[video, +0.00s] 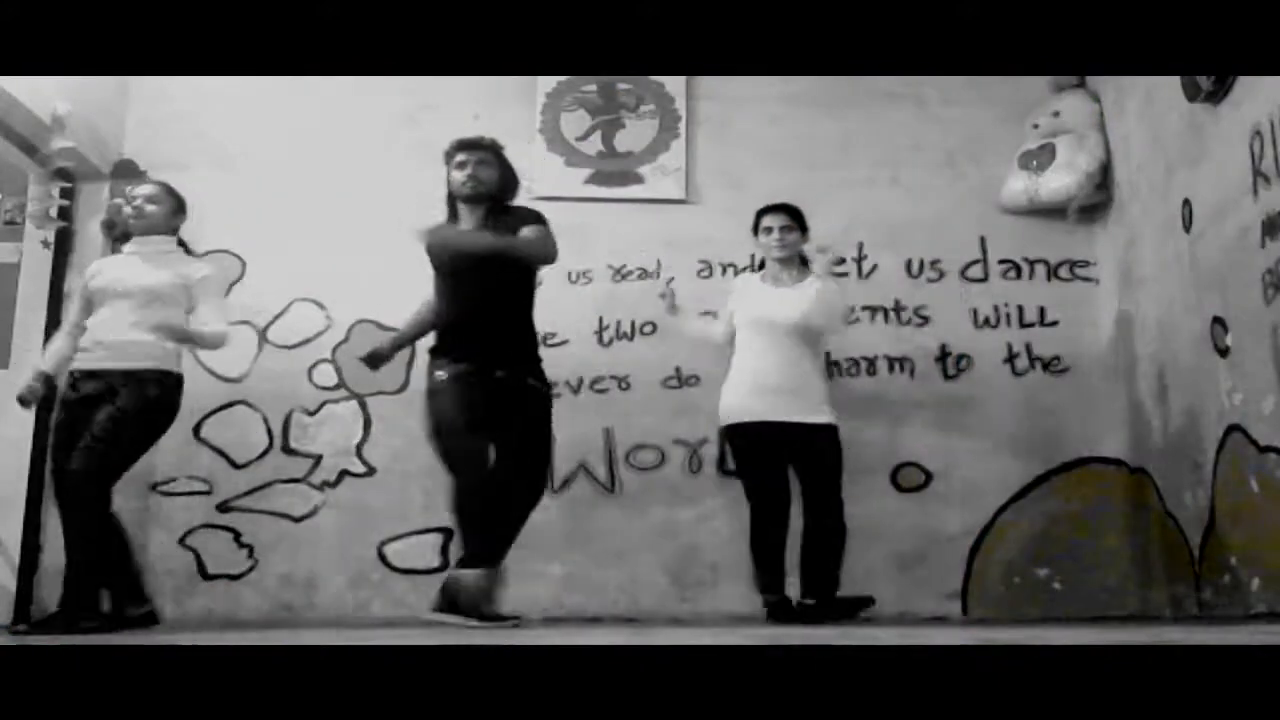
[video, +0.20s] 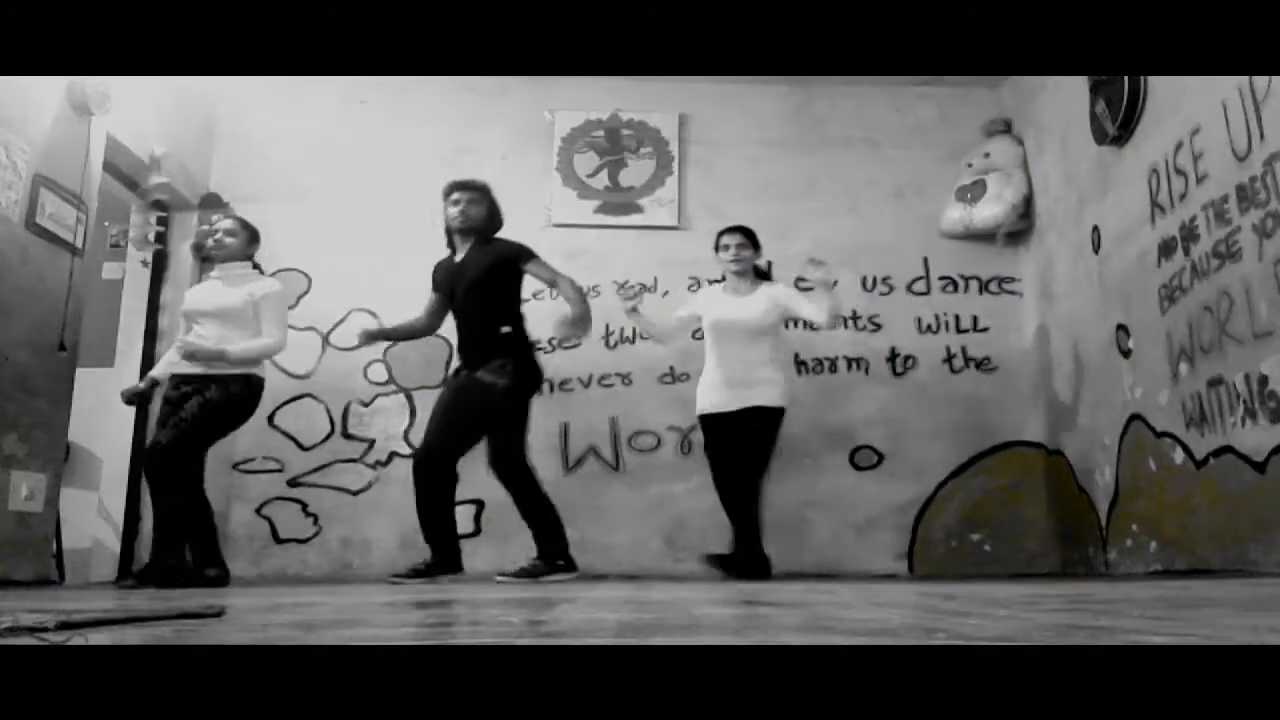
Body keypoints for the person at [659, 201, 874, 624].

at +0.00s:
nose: (777, 237)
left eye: (786, 230)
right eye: (769, 231)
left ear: (803, 237)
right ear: (757, 240)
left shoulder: (820, 287)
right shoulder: (743, 287)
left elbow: (819, 322)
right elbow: (722, 335)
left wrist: (820, 272)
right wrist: (676, 314)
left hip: (808, 413)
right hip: (750, 412)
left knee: (824, 507)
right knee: (768, 506)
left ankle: (819, 596)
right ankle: (773, 597)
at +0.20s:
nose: (734, 253)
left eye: (742, 247)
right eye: (726, 249)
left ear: (756, 254)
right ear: (717, 256)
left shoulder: (775, 293)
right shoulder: (708, 297)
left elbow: (827, 321)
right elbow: (665, 332)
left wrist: (827, 289)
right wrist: (635, 312)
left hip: (763, 397)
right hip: (717, 399)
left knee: (745, 479)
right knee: (727, 482)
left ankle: (743, 556)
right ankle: (753, 558)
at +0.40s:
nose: (714, 255)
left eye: (723, 248)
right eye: (707, 249)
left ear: (740, 254)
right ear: (701, 257)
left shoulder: (758, 292)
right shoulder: (696, 299)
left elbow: (805, 323)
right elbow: (676, 343)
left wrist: (848, 343)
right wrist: (667, 313)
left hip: (739, 396)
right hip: (707, 399)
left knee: (708, 472)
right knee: (687, 476)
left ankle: (722, 556)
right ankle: (742, 545)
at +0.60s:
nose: (710, 255)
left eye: (718, 249)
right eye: (703, 250)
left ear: (735, 254)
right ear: (697, 257)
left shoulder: (751, 291)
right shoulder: (696, 298)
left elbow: (790, 332)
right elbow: (661, 339)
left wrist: (814, 377)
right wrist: (651, 313)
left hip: (728, 392)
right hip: (703, 391)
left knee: (652, 448)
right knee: (697, 474)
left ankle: (690, 524)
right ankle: (720, 559)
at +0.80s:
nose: (711, 253)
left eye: (719, 247)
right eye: (704, 248)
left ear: (736, 252)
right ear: (698, 255)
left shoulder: (750, 288)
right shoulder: (698, 295)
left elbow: (789, 329)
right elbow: (654, 331)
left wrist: (813, 372)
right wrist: (652, 300)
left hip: (725, 392)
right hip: (704, 391)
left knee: (652, 452)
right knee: (702, 477)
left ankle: (673, 533)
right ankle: (721, 560)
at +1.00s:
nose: (729, 232)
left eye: (738, 224)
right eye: (721, 225)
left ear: (758, 230)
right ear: (713, 235)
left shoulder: (778, 272)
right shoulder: (712, 284)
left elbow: (826, 322)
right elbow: (667, 325)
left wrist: (870, 360)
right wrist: (663, 284)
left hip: (759, 399)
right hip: (725, 401)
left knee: (712, 493)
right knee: (700, 494)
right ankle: (723, 592)